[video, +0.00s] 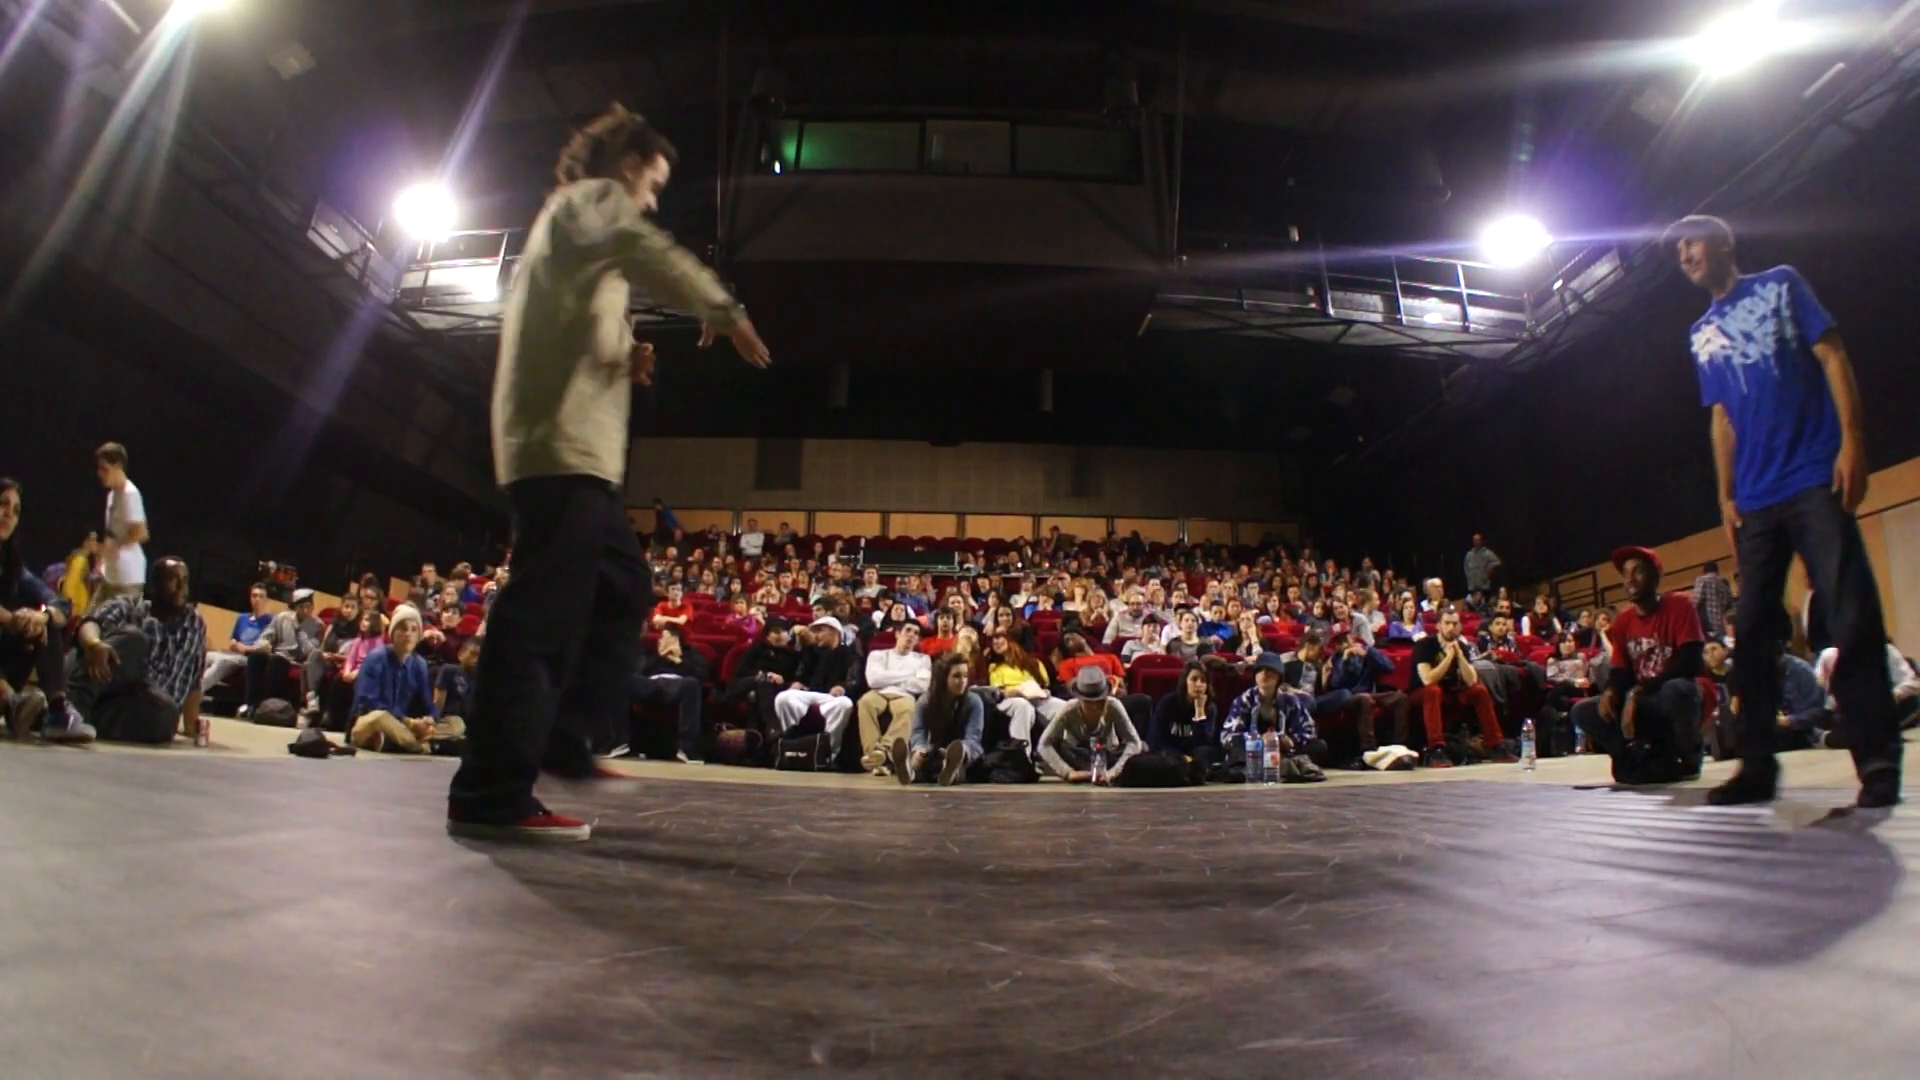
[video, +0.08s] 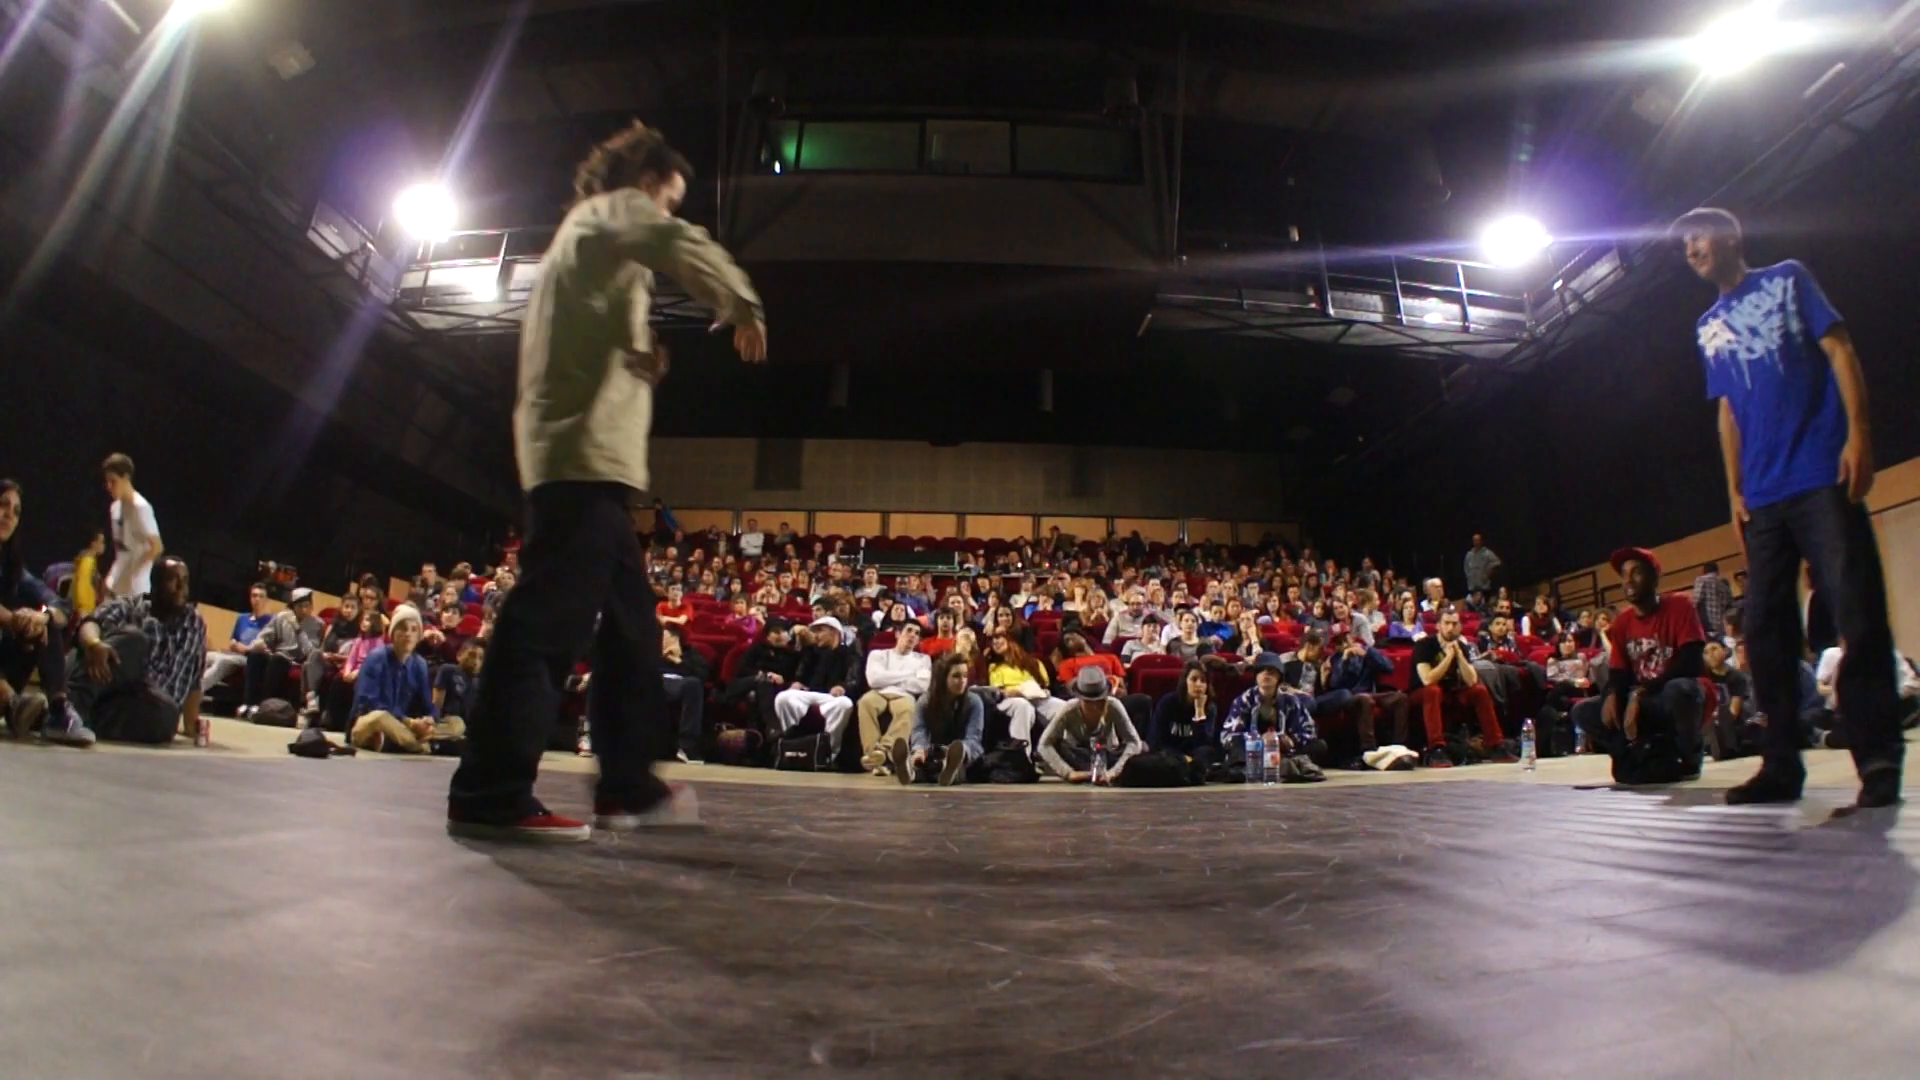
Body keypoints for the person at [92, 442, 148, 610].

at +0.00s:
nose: (100, 474)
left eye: (104, 468)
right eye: (99, 469)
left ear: (117, 466)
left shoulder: (130, 493)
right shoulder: (112, 494)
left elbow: (140, 531)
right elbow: (114, 533)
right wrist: (100, 549)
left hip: (128, 576)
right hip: (110, 574)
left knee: (125, 628)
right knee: (91, 624)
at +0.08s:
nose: (109, 487)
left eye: (113, 481)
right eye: (107, 481)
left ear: (126, 477)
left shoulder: (140, 507)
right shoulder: (115, 507)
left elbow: (156, 546)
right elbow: (122, 549)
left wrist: (134, 572)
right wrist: (112, 576)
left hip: (136, 585)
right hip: (115, 583)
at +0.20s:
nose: (118, 489)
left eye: (122, 483)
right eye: (116, 484)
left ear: (135, 480)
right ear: (113, 483)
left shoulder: (153, 509)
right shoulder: (119, 509)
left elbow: (175, 543)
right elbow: (121, 547)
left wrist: (162, 577)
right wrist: (113, 575)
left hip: (145, 584)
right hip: (121, 582)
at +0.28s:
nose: (122, 478)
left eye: (126, 472)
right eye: (119, 472)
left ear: (139, 468)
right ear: (118, 471)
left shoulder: (158, 496)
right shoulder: (119, 497)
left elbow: (178, 531)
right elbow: (121, 533)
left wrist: (166, 562)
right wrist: (113, 560)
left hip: (149, 575)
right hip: (122, 573)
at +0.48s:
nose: (125, 479)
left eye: (130, 474)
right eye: (122, 474)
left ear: (143, 470)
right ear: (119, 473)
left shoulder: (162, 499)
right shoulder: (111, 500)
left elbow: (177, 533)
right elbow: (108, 537)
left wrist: (168, 569)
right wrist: (104, 572)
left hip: (149, 579)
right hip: (118, 576)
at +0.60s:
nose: (123, 482)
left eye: (128, 477)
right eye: (121, 477)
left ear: (142, 474)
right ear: (118, 475)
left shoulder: (159, 503)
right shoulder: (106, 502)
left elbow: (168, 540)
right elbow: (98, 540)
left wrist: (166, 578)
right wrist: (98, 577)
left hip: (146, 585)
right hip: (114, 583)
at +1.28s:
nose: (58, 470)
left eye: (63, 465)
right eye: (55, 464)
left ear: (74, 462)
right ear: (51, 460)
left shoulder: (94, 475)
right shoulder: (42, 471)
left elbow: (122, 478)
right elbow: (11, 466)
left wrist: (144, 479)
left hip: (77, 563)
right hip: (44, 560)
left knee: (86, 619)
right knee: (28, 613)